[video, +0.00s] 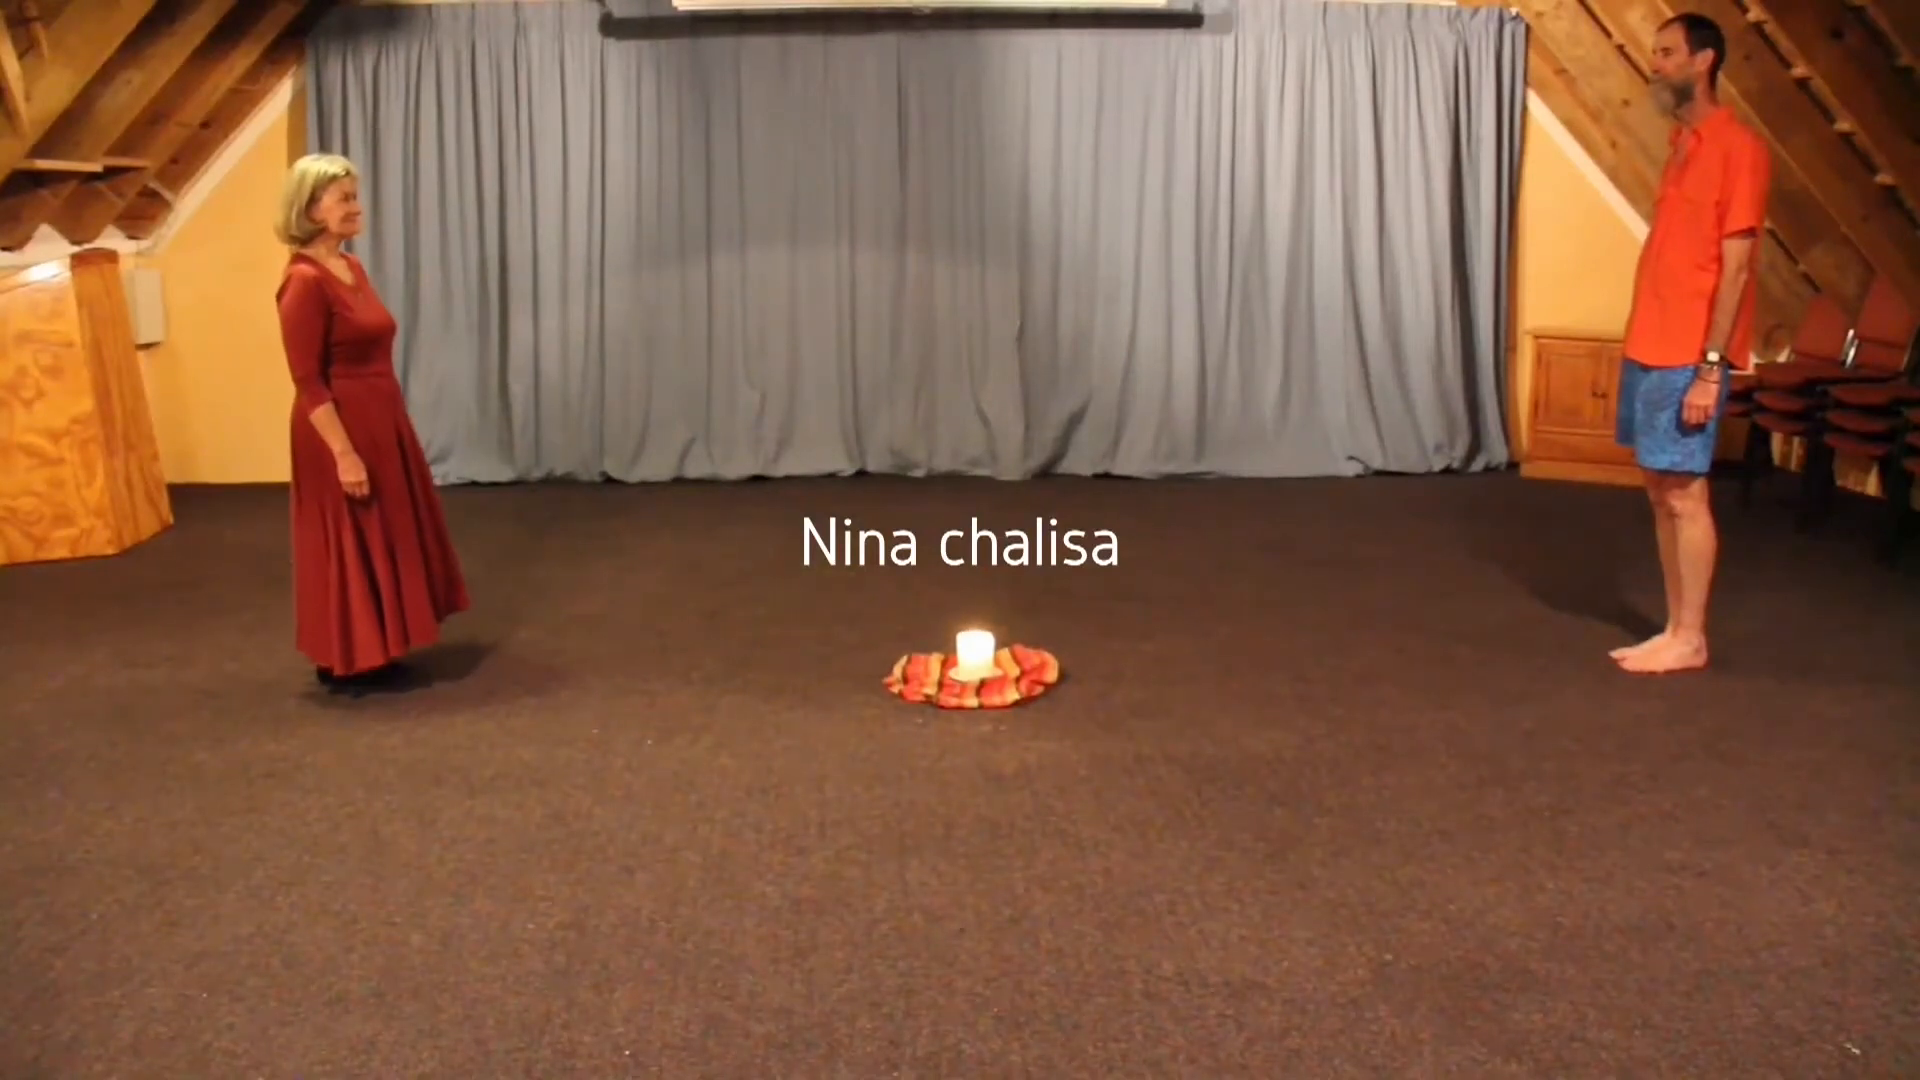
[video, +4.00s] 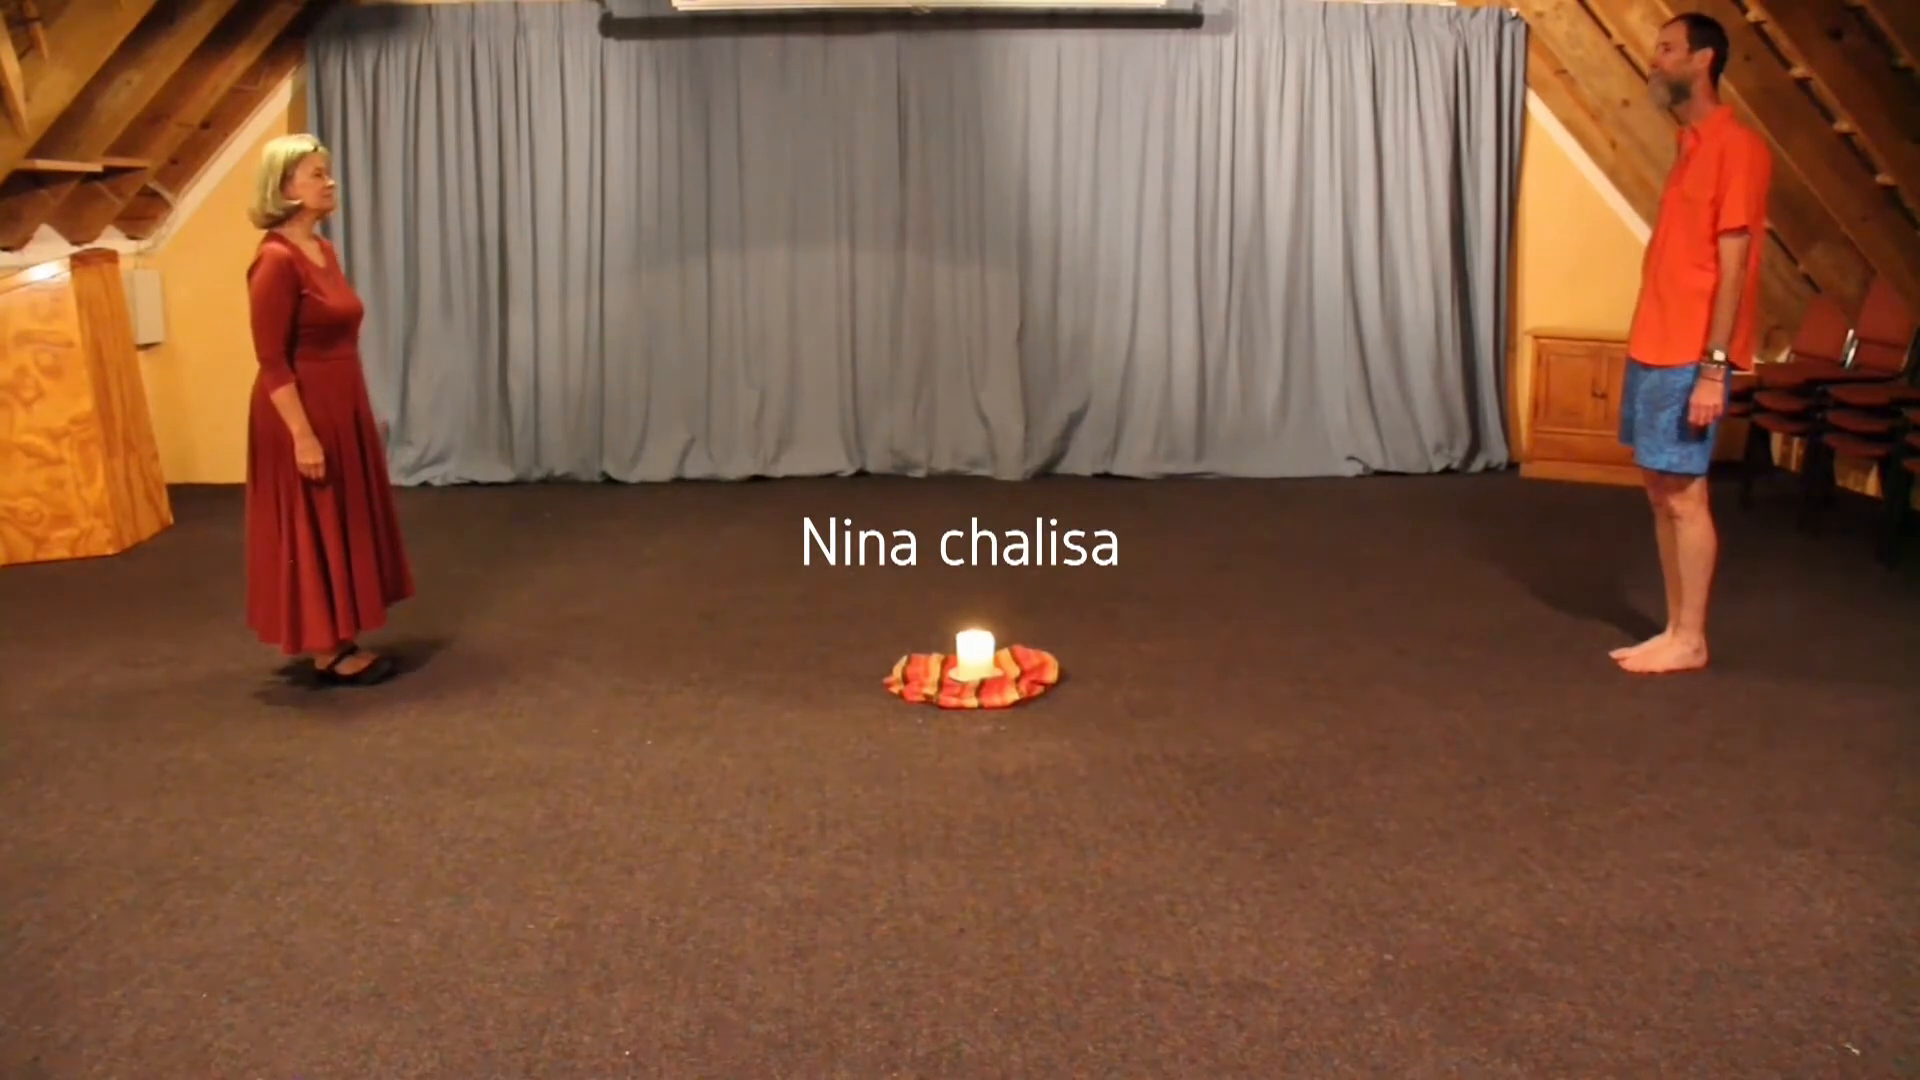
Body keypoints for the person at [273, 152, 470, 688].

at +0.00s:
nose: (356, 207)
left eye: (356, 197)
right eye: (344, 199)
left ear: (353, 205)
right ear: (312, 210)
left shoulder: (351, 267)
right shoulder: (303, 282)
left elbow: (365, 359)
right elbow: (307, 380)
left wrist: (392, 425)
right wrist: (344, 453)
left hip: (376, 420)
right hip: (334, 429)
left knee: (378, 531)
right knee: (344, 539)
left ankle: (375, 649)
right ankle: (343, 656)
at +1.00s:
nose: (347, 205)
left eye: (348, 195)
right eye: (336, 197)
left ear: (348, 201)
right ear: (305, 207)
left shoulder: (346, 261)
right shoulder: (299, 274)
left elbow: (366, 354)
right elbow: (306, 374)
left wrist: (391, 420)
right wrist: (344, 446)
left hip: (375, 413)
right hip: (337, 420)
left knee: (373, 529)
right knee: (342, 534)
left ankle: (369, 645)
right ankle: (341, 651)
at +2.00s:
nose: (337, 184)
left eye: (334, 175)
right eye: (323, 177)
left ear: (318, 192)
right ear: (293, 194)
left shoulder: (336, 250)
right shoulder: (289, 263)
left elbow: (358, 345)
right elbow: (296, 364)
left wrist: (383, 415)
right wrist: (332, 437)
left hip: (365, 406)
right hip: (327, 413)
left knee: (355, 524)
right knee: (330, 528)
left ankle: (346, 645)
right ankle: (335, 650)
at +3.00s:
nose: (331, 179)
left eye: (328, 170)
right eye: (317, 173)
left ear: (323, 182)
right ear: (287, 189)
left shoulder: (329, 246)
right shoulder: (281, 261)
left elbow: (341, 340)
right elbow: (280, 361)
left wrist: (361, 407)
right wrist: (312, 434)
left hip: (349, 401)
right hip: (312, 408)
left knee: (345, 519)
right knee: (318, 524)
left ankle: (340, 641)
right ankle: (326, 647)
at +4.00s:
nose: (331, 184)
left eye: (328, 174)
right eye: (318, 175)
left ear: (320, 184)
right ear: (286, 188)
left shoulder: (324, 250)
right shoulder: (275, 260)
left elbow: (338, 345)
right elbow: (271, 360)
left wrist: (361, 412)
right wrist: (302, 434)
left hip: (340, 404)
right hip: (302, 410)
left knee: (340, 520)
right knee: (311, 525)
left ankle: (339, 641)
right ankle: (323, 648)